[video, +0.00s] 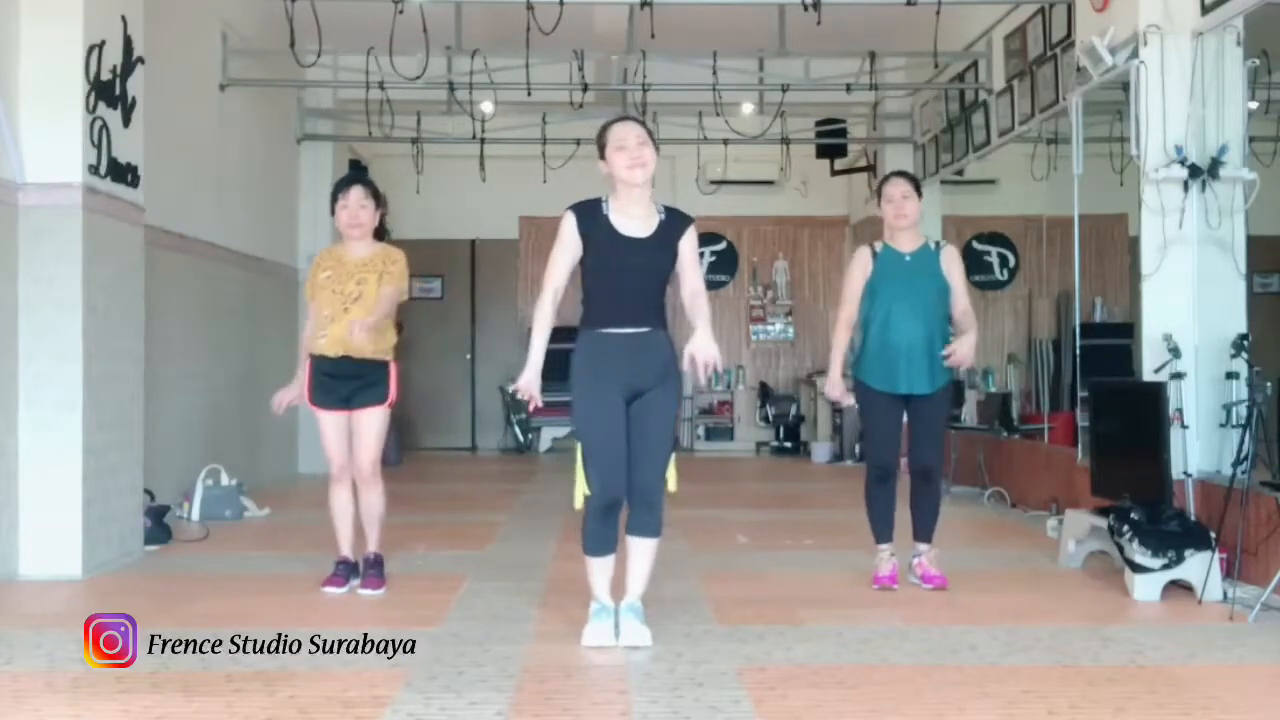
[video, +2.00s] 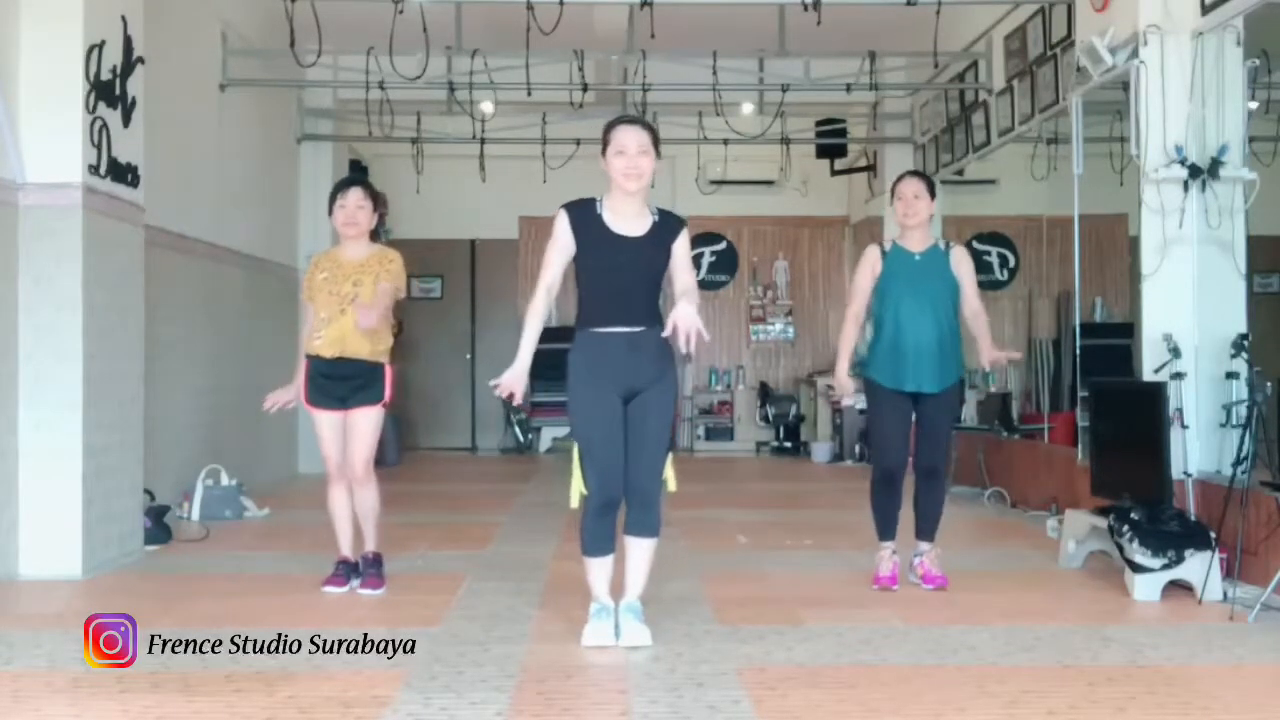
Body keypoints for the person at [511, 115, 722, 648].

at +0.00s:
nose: (636, 154)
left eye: (642, 144)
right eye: (623, 148)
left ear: (657, 154)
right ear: (605, 163)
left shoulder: (679, 226)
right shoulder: (581, 219)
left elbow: (694, 293)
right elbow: (550, 293)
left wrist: (703, 332)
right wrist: (533, 366)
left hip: (657, 364)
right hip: (597, 364)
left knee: (649, 488)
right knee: (606, 489)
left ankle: (633, 605)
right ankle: (601, 606)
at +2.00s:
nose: (631, 161)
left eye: (641, 152)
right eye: (620, 152)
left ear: (656, 162)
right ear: (603, 160)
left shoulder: (671, 227)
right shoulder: (575, 218)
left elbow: (686, 287)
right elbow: (543, 294)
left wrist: (687, 303)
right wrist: (521, 364)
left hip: (654, 363)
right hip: (593, 363)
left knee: (646, 487)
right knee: (603, 489)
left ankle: (632, 605)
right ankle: (600, 605)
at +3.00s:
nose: (607, 166)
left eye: (618, 156)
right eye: (597, 155)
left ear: (635, 165)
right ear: (582, 163)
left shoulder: (664, 220)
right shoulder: (562, 231)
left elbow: (685, 291)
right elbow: (544, 292)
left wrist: (692, 361)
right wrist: (567, 299)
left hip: (641, 368)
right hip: (576, 368)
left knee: (635, 490)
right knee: (585, 488)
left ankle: (629, 605)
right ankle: (597, 605)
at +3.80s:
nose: (622, 161)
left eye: (632, 151)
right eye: (611, 151)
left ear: (647, 159)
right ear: (593, 160)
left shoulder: (669, 220)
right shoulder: (569, 224)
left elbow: (692, 286)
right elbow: (548, 301)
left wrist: (684, 319)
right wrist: (534, 373)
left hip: (653, 364)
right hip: (590, 366)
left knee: (645, 487)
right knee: (598, 487)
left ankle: (632, 604)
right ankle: (599, 605)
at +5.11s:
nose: (594, 176)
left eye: (604, 168)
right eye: (583, 168)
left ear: (620, 178)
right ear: (566, 178)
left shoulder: (641, 235)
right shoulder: (540, 242)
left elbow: (660, 292)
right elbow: (509, 320)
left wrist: (666, 354)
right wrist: (540, 298)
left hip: (624, 375)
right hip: (559, 378)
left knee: (637, 475)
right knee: (571, 503)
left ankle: (628, 607)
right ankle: (589, 613)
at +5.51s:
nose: (589, 180)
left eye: (599, 171)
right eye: (579, 171)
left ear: (615, 183)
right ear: (561, 181)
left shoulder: (640, 243)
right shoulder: (538, 249)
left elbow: (655, 316)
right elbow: (522, 326)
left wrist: (668, 378)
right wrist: (530, 381)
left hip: (625, 385)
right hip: (558, 387)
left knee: (645, 475)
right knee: (566, 503)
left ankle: (639, 595)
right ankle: (590, 611)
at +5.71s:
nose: (592, 163)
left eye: (603, 154)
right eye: (580, 153)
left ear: (618, 164)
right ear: (564, 162)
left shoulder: (641, 220)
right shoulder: (538, 227)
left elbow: (671, 290)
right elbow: (514, 307)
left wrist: (662, 311)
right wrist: (504, 381)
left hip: (626, 366)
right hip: (562, 368)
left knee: (651, 489)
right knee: (575, 494)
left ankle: (636, 565)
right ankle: (588, 609)